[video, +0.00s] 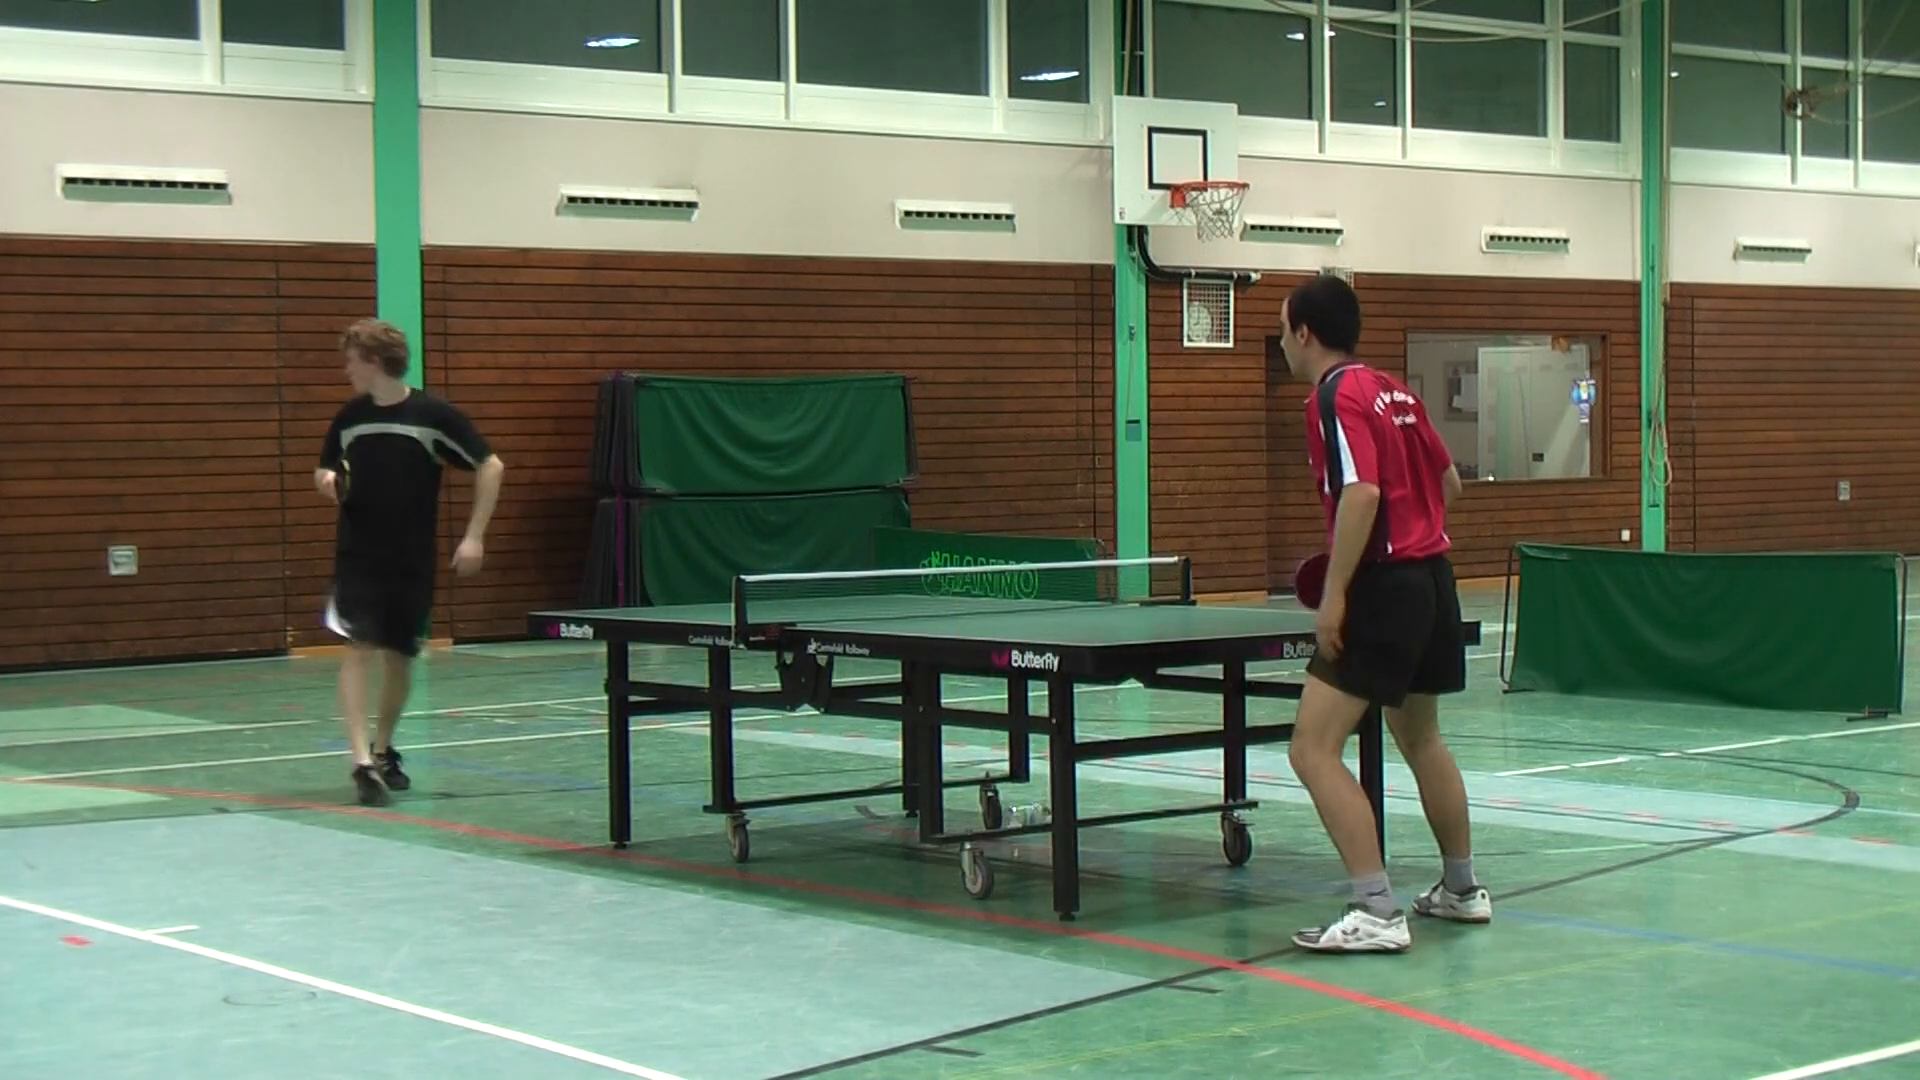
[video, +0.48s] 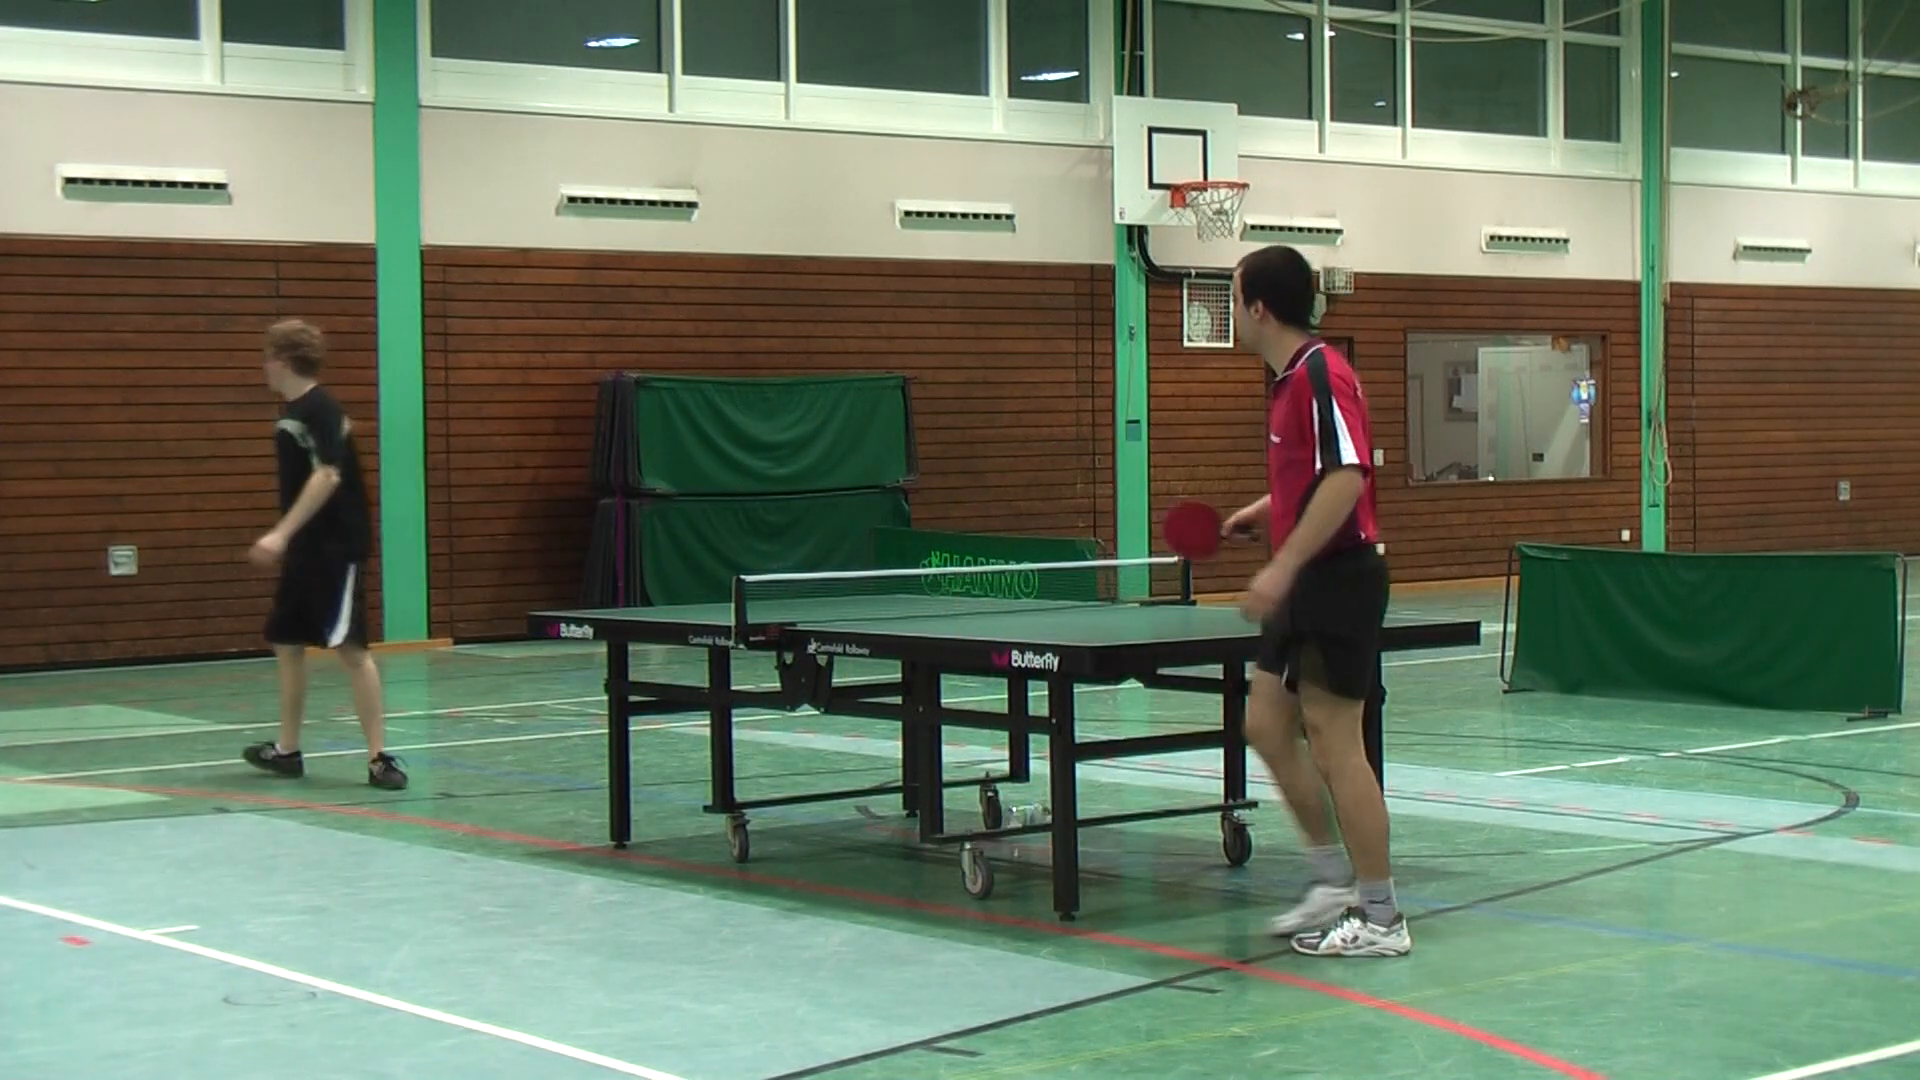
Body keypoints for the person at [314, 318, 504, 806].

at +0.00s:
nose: (346, 369)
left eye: (352, 360)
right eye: (347, 360)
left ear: (376, 363)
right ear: (373, 364)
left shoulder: (434, 413)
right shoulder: (349, 418)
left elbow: (490, 466)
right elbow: (324, 475)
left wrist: (474, 537)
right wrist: (332, 484)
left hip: (413, 559)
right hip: (359, 557)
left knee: (399, 657)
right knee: (359, 650)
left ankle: (383, 747)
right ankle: (361, 761)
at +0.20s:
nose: (320, 360)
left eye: (325, 352)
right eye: (321, 352)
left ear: (346, 355)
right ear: (350, 355)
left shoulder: (392, 406)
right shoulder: (342, 407)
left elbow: (418, 472)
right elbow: (346, 467)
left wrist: (413, 543)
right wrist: (313, 488)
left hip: (381, 547)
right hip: (335, 544)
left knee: (377, 649)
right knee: (307, 642)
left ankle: (381, 756)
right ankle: (306, 753)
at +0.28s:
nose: (306, 361)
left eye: (310, 352)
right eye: (307, 352)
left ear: (331, 355)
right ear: (334, 355)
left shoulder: (376, 406)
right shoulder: (332, 409)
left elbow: (390, 476)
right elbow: (336, 482)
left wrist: (375, 544)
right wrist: (297, 514)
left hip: (370, 547)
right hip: (328, 544)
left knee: (371, 649)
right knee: (295, 636)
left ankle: (380, 757)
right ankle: (294, 748)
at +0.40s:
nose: (283, 364)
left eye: (287, 356)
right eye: (284, 355)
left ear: (306, 359)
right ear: (315, 359)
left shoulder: (345, 404)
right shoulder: (313, 408)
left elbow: (354, 474)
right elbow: (321, 482)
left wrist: (312, 539)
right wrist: (306, 542)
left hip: (356, 548)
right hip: (320, 546)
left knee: (362, 647)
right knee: (287, 635)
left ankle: (380, 757)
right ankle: (286, 746)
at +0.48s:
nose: (264, 367)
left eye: (268, 358)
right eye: (266, 358)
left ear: (287, 362)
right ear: (296, 362)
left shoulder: (320, 410)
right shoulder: (293, 410)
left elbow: (327, 474)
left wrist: (280, 533)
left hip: (337, 548)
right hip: (306, 546)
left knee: (351, 648)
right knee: (287, 640)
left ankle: (379, 757)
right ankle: (287, 749)